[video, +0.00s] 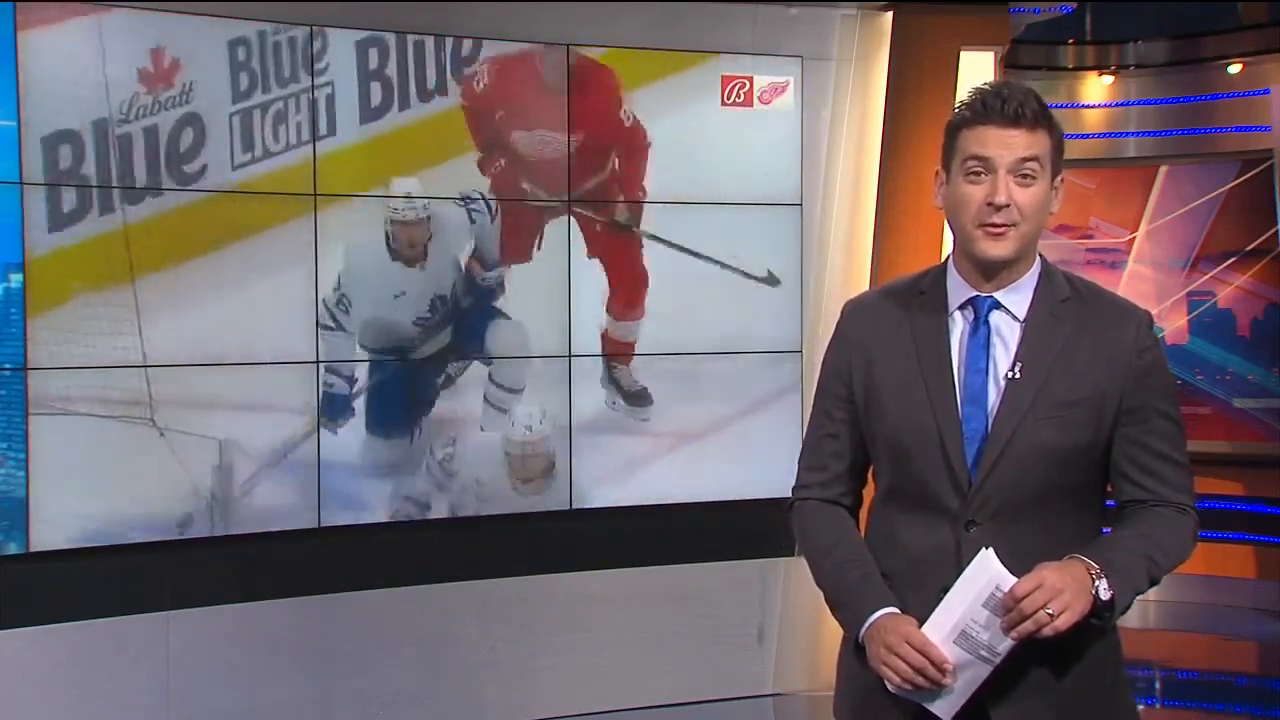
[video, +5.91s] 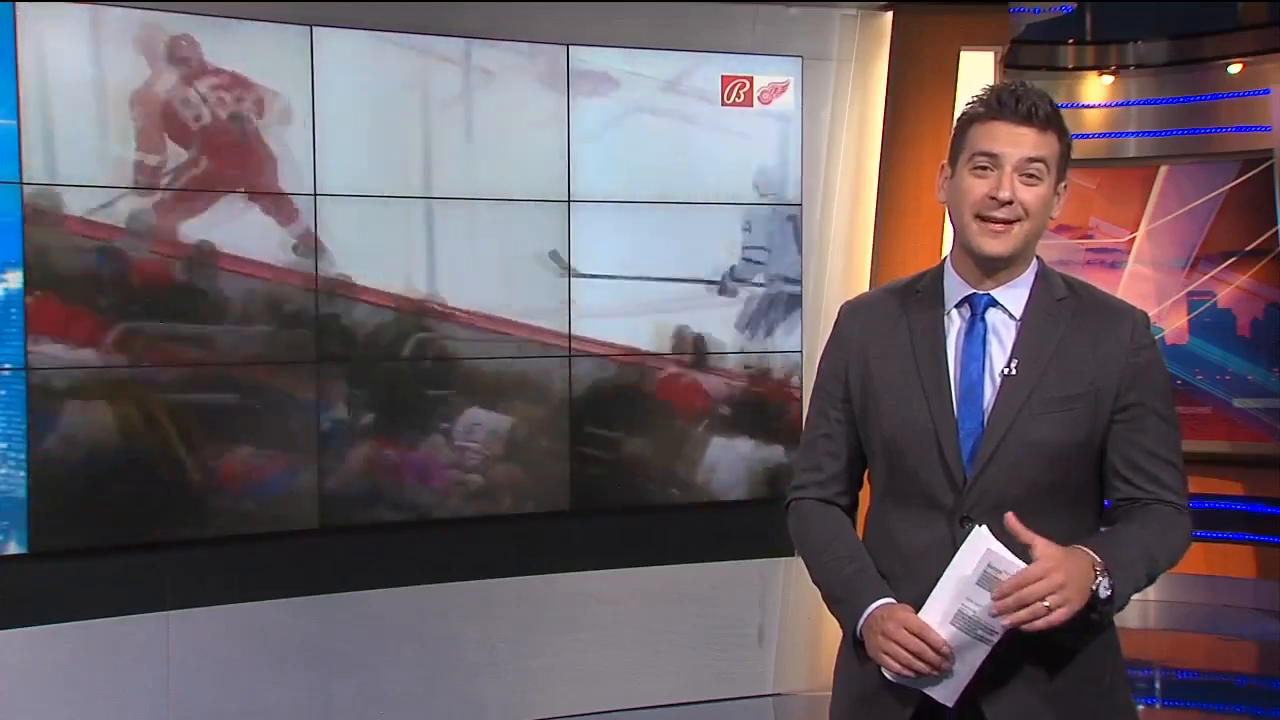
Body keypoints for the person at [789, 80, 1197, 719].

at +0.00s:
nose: (999, 196)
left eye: (1024, 176)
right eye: (976, 173)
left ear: (1053, 196)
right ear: (942, 190)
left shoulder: (1120, 336)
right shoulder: (869, 326)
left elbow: (1164, 510)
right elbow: (820, 497)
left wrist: (1094, 573)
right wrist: (873, 617)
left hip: (1056, 689)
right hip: (895, 685)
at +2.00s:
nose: (1003, 189)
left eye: (1029, 172)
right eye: (982, 165)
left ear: (1056, 196)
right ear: (945, 183)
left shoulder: (1118, 335)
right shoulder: (865, 325)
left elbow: (1166, 509)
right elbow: (813, 498)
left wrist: (1094, 572)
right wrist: (869, 619)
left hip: (1056, 692)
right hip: (892, 688)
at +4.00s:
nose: (1001, 192)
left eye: (1027, 174)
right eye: (980, 167)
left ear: (1055, 196)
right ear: (945, 184)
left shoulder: (1119, 336)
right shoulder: (865, 327)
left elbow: (1166, 509)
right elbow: (815, 500)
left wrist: (1096, 572)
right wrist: (871, 619)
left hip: (1056, 691)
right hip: (892, 687)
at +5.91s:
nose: (1003, 192)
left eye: (1030, 175)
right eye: (983, 167)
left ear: (1056, 198)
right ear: (946, 183)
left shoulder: (1119, 337)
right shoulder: (865, 328)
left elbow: (1159, 510)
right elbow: (816, 498)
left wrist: (1096, 567)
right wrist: (869, 609)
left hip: (1054, 692)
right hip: (891, 688)